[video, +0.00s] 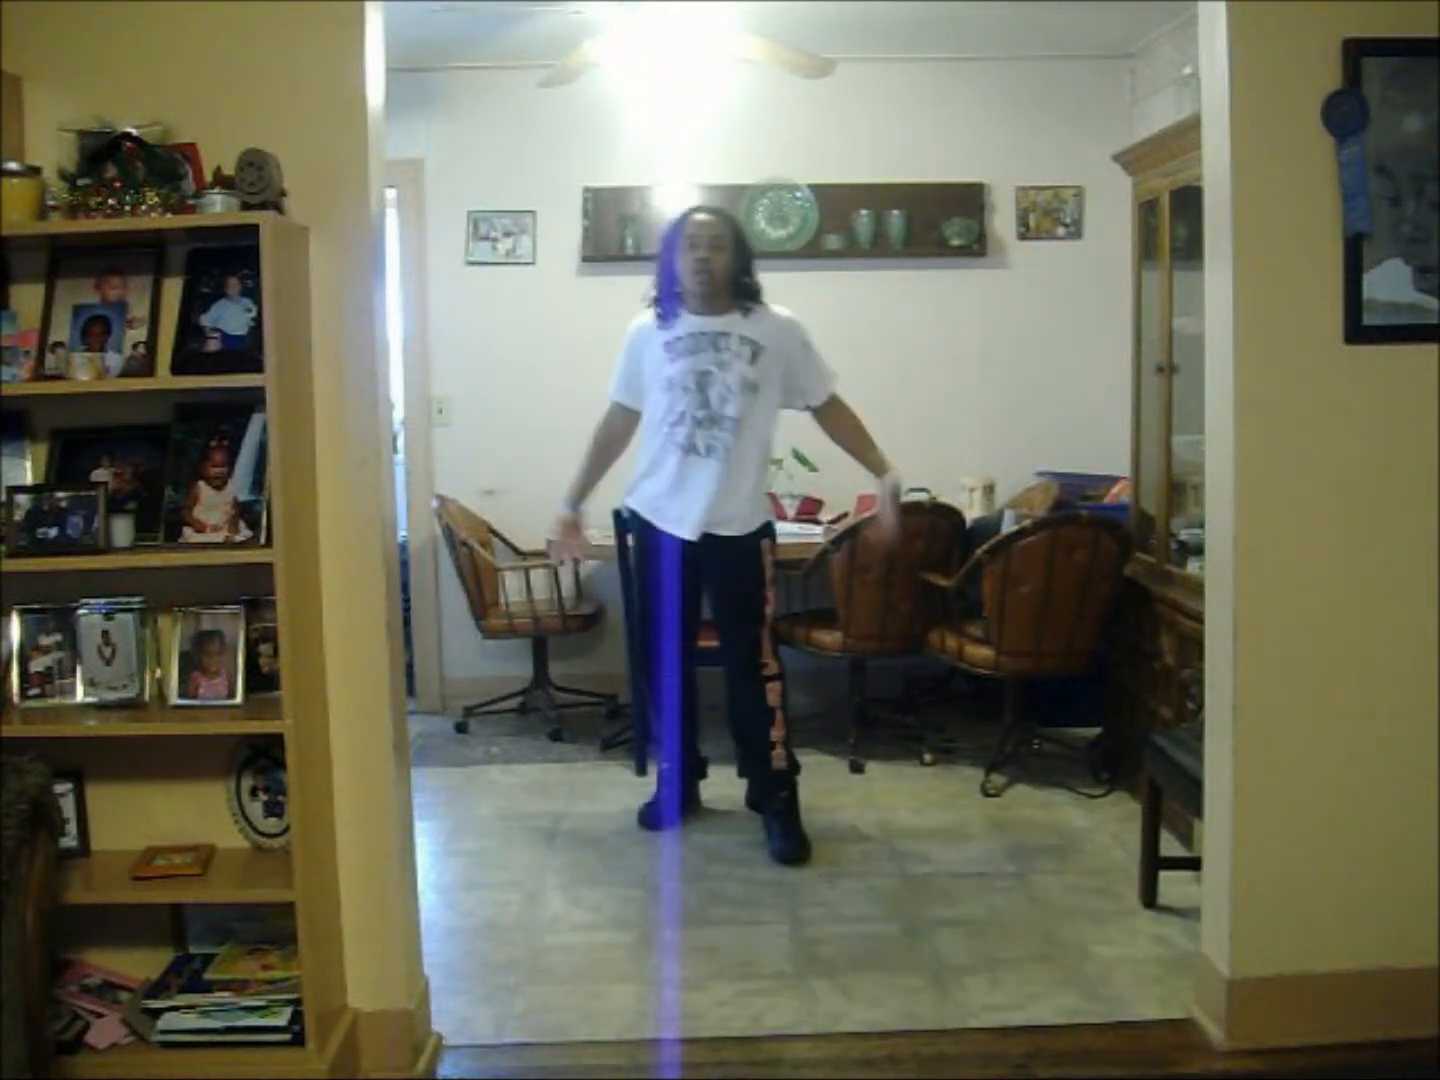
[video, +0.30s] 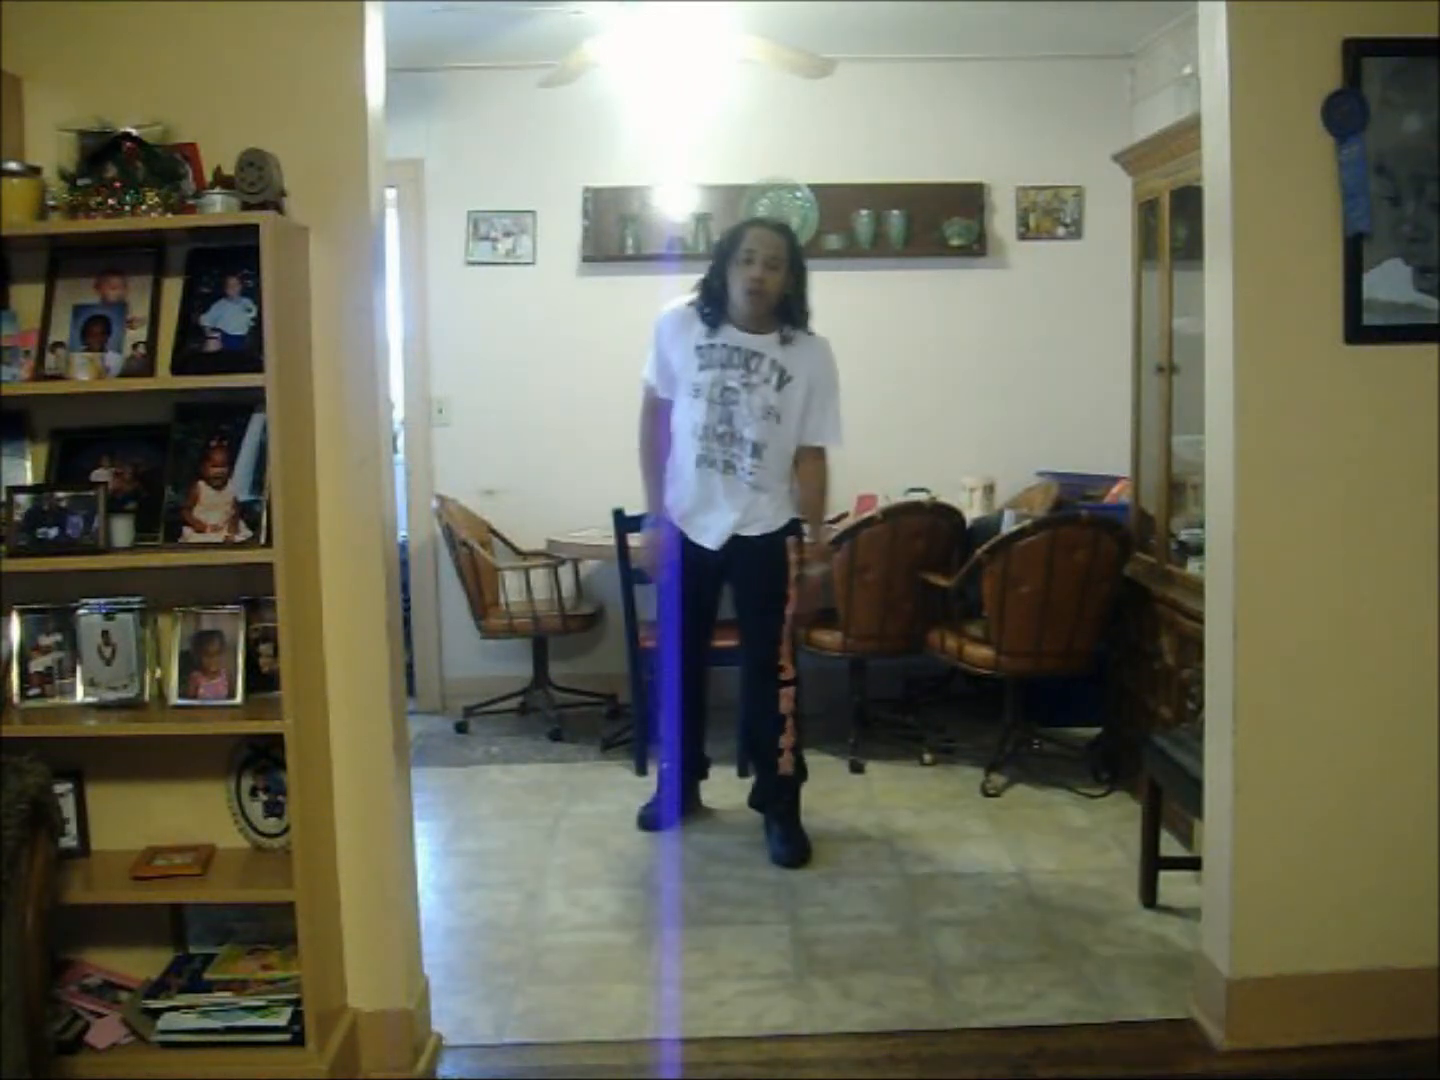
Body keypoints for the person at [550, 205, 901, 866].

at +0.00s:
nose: (702, 257)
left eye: (715, 247)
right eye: (691, 248)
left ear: (738, 259)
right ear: (671, 260)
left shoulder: (776, 333)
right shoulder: (648, 336)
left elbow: (828, 407)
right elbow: (619, 419)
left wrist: (885, 471)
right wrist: (573, 502)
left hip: (738, 522)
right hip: (657, 520)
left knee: (751, 660)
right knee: (662, 659)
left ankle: (777, 801)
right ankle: (675, 783)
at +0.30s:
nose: (760, 274)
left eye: (774, 265)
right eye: (749, 260)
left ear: (791, 278)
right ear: (724, 267)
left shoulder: (808, 352)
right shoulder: (679, 328)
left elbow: (810, 454)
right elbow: (654, 419)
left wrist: (813, 549)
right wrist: (656, 513)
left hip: (766, 528)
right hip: (688, 523)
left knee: (771, 665)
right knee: (682, 660)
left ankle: (780, 805)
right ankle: (679, 784)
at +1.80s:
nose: (706, 237)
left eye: (719, 229)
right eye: (692, 230)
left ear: (739, 252)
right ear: (670, 254)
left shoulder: (772, 330)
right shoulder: (639, 328)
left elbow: (789, 418)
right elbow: (622, 409)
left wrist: (817, 476)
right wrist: (592, 471)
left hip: (740, 523)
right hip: (654, 518)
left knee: (755, 673)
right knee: (656, 667)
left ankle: (776, 822)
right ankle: (667, 795)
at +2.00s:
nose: (709, 240)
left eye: (728, 233)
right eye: (705, 229)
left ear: (757, 258)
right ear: (691, 249)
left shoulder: (789, 331)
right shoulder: (661, 316)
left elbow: (834, 412)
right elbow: (635, 391)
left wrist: (896, 443)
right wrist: (567, 431)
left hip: (749, 517)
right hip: (665, 512)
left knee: (765, 670)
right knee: (664, 662)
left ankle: (777, 824)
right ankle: (669, 796)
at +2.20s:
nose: (704, 264)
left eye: (719, 257)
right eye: (707, 252)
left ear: (758, 272)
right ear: (711, 255)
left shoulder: (806, 350)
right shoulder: (682, 308)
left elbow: (861, 441)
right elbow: (648, 376)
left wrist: (923, 519)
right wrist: (601, 441)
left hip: (755, 525)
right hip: (672, 516)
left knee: (768, 676)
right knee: (666, 664)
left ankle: (776, 825)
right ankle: (670, 795)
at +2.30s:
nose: (701, 272)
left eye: (715, 264)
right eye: (704, 259)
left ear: (757, 276)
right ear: (715, 259)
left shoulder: (800, 352)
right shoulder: (688, 310)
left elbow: (829, 460)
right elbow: (667, 394)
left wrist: (848, 549)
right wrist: (654, 476)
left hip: (757, 527)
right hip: (677, 515)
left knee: (766, 675)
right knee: (667, 665)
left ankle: (776, 824)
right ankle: (670, 793)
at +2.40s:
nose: (702, 276)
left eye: (717, 267)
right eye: (703, 262)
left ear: (758, 274)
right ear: (707, 259)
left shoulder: (796, 349)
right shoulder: (689, 316)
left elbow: (811, 455)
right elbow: (685, 410)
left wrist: (796, 532)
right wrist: (669, 494)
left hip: (759, 524)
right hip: (681, 515)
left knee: (767, 674)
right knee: (668, 663)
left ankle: (776, 825)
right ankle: (671, 794)